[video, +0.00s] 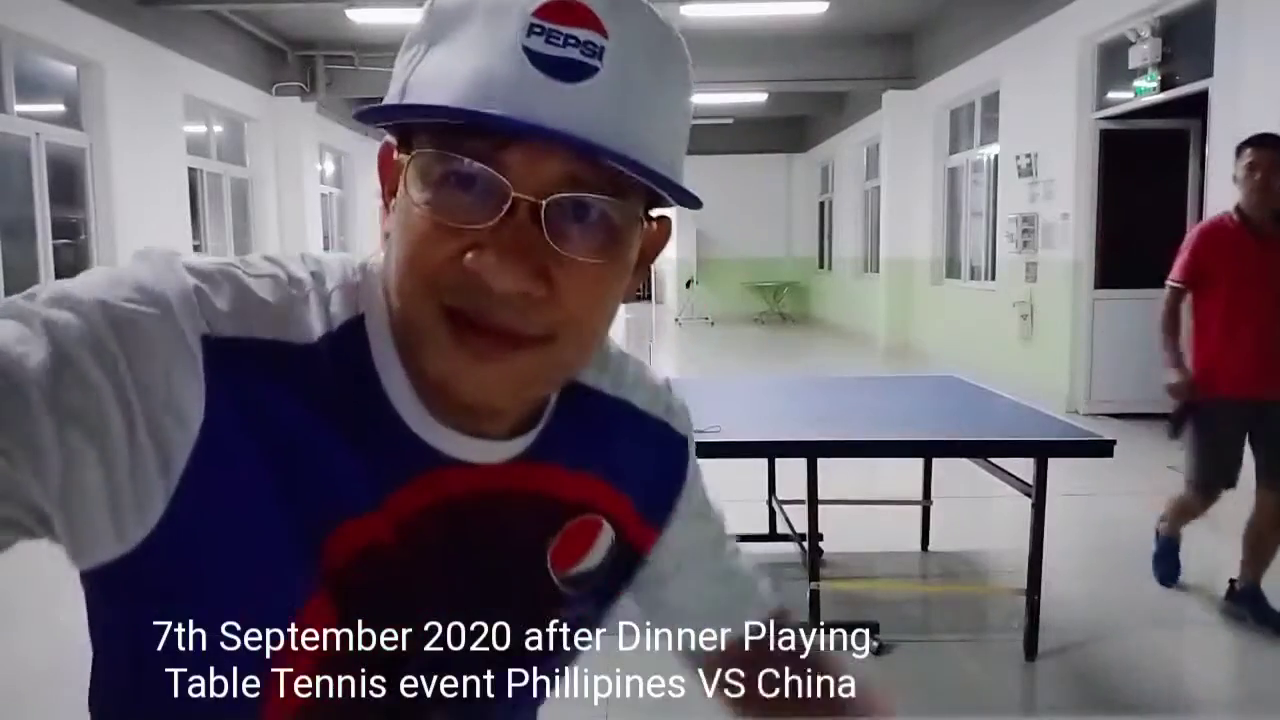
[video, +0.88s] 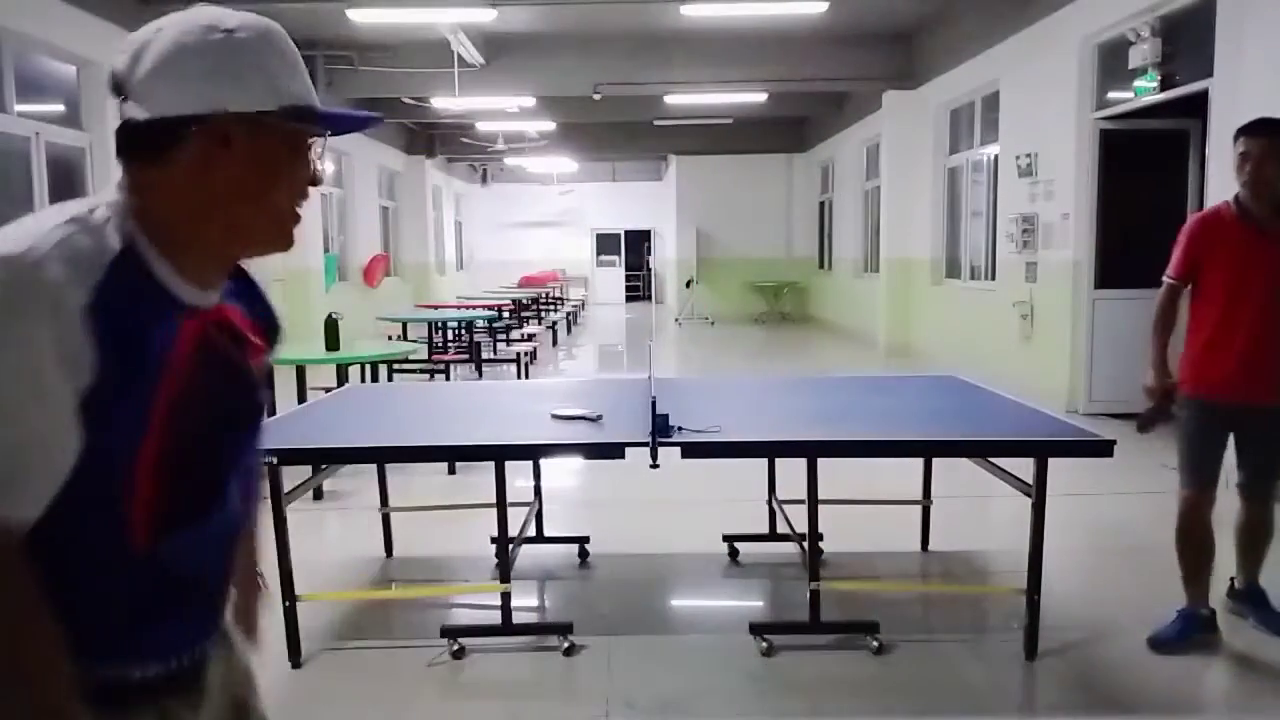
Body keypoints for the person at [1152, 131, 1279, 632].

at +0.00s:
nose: (1263, 180)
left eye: (1272, 172)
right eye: (1253, 171)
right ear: (1235, 177)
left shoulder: (1278, 237)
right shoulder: (1210, 235)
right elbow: (1171, 301)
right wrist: (1175, 365)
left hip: (1273, 391)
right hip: (1218, 388)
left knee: (1275, 496)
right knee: (1206, 489)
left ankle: (1246, 588)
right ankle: (1167, 530)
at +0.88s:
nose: (1250, 167)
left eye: (1261, 157)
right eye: (1243, 157)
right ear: (1234, 163)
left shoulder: (1278, 227)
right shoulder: (1206, 226)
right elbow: (1169, 296)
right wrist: (1158, 368)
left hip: (1266, 393)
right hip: (1206, 388)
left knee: (1259, 500)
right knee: (1195, 499)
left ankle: (1247, 587)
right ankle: (1197, 610)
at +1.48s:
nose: (1175, 174)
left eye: (1187, 163)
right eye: (1171, 164)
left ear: (1219, 165)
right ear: (1167, 168)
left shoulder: (1259, 231)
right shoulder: (1151, 232)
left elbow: (1274, 306)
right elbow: (1119, 296)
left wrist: (1242, 343)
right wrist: (1091, 341)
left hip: (1217, 401)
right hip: (1153, 396)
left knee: (1238, 516)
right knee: (1168, 510)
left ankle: (1263, 628)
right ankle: (1195, 615)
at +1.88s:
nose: (1132, 175)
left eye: (1142, 163)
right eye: (1129, 165)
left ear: (1182, 159)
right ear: (1134, 169)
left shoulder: (1232, 224)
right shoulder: (1133, 230)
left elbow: (1269, 297)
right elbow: (1114, 304)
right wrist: (1076, 352)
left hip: (1204, 395)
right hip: (1147, 392)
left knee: (1194, 510)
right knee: (1170, 509)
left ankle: (1201, 630)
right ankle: (1192, 614)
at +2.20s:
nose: (1111, 176)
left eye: (1120, 163)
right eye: (1108, 165)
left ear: (1155, 161)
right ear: (1120, 169)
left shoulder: (1206, 222)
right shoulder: (1123, 229)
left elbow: (1234, 305)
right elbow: (1112, 300)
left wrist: (1227, 381)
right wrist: (1072, 353)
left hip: (1194, 391)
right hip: (1142, 389)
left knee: (1160, 502)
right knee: (1161, 504)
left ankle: (1153, 628)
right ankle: (1196, 615)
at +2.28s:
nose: (1105, 176)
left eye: (1114, 164)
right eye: (1103, 165)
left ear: (1150, 161)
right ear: (1115, 168)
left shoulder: (1196, 222)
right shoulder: (1122, 226)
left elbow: (1214, 310)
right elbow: (1115, 300)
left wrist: (1183, 382)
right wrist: (1075, 354)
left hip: (1184, 395)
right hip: (1140, 394)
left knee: (1147, 506)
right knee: (1168, 508)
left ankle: (1150, 630)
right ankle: (1197, 614)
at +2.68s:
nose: (1082, 175)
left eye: (1090, 163)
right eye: (1081, 164)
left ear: (1126, 162)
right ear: (1110, 167)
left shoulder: (1162, 223)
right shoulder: (1121, 226)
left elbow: (1173, 315)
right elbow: (1128, 309)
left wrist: (1102, 369)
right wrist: (1088, 347)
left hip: (1166, 396)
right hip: (1147, 394)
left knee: (1137, 510)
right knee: (1165, 506)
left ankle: (1150, 629)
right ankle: (1197, 614)